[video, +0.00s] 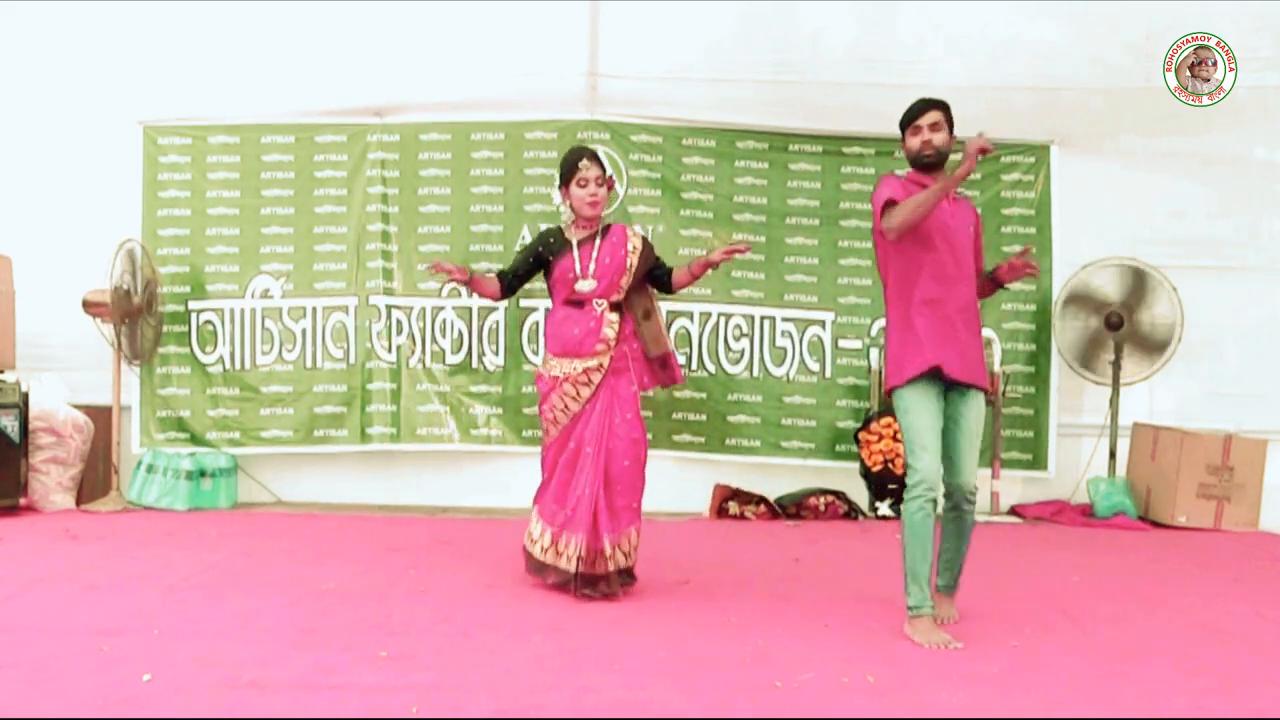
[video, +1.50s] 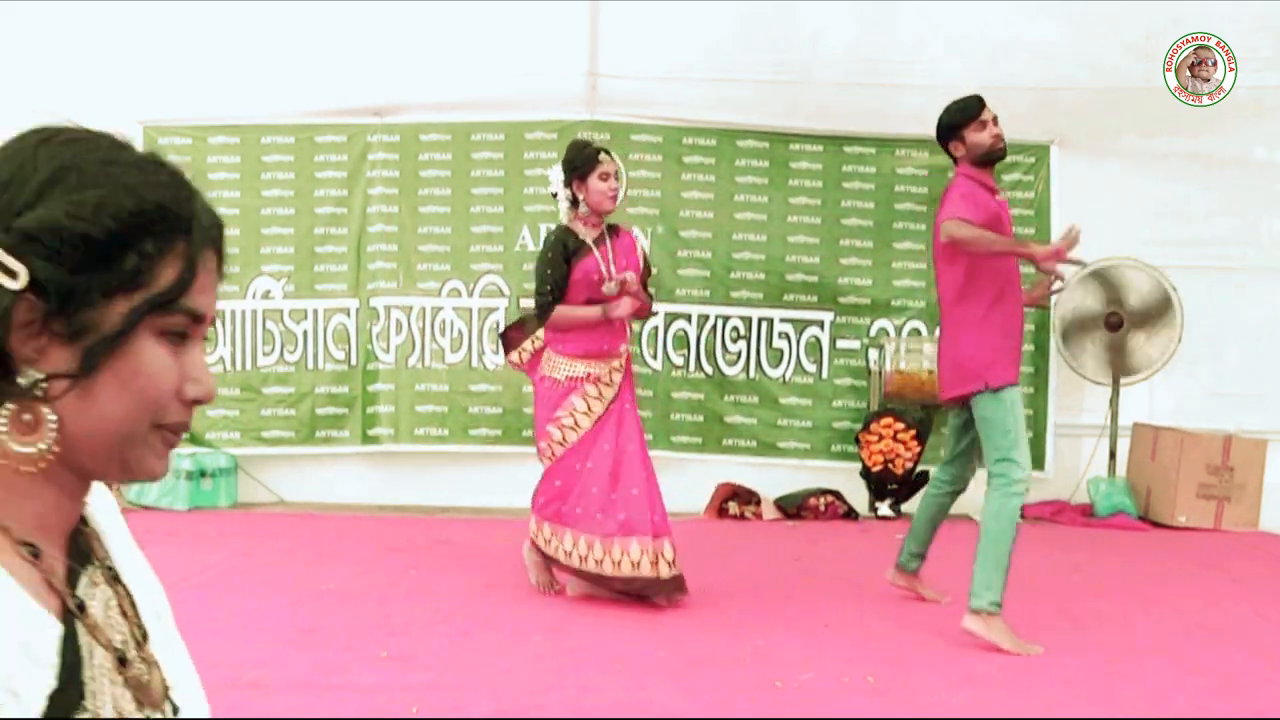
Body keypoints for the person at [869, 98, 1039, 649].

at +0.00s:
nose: (928, 137)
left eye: (937, 128)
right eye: (917, 130)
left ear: (953, 139)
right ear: (904, 143)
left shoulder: (967, 209)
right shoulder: (894, 186)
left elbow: (970, 290)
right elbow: (894, 224)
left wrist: (1000, 275)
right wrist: (957, 175)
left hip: (966, 354)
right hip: (913, 352)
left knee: (964, 485)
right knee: (925, 479)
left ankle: (945, 594)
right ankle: (918, 612)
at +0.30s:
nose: (910, 143)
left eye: (921, 135)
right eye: (909, 135)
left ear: (949, 144)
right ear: (908, 144)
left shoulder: (969, 198)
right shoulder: (897, 202)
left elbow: (991, 256)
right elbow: (873, 278)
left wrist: (922, 252)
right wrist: (868, 256)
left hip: (946, 356)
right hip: (896, 352)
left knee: (939, 472)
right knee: (870, 455)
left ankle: (948, 591)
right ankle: (903, 554)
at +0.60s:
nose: (903, 179)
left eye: (915, 174)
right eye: (901, 170)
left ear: (935, 186)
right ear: (896, 175)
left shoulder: (931, 229)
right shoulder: (895, 228)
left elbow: (953, 287)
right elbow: (898, 298)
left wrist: (898, 261)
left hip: (922, 365)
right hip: (892, 364)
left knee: (923, 470)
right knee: (881, 472)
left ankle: (956, 578)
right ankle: (905, 559)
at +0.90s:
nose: (917, 166)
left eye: (929, 161)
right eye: (914, 157)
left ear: (947, 172)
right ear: (906, 160)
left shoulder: (954, 215)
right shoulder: (901, 206)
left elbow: (993, 266)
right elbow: (894, 255)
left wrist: (971, 231)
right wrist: (852, 250)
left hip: (944, 351)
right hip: (903, 351)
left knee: (935, 453)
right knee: (911, 463)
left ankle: (976, 564)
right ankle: (912, 556)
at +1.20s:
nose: (961, 147)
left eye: (968, 139)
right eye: (950, 140)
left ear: (977, 148)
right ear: (931, 151)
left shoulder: (994, 208)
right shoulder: (914, 205)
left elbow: (1030, 277)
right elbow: (893, 269)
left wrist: (1009, 250)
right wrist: (956, 239)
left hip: (980, 355)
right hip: (926, 351)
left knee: (974, 476)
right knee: (927, 467)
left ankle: (948, 572)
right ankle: (900, 520)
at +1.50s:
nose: (996, 130)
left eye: (995, 121)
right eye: (984, 126)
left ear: (994, 134)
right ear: (958, 144)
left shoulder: (983, 197)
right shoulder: (968, 189)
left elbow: (980, 292)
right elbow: (953, 232)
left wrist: (1032, 295)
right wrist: (1033, 250)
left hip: (977, 355)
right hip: (984, 358)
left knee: (952, 474)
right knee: (1011, 475)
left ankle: (906, 567)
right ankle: (985, 610)